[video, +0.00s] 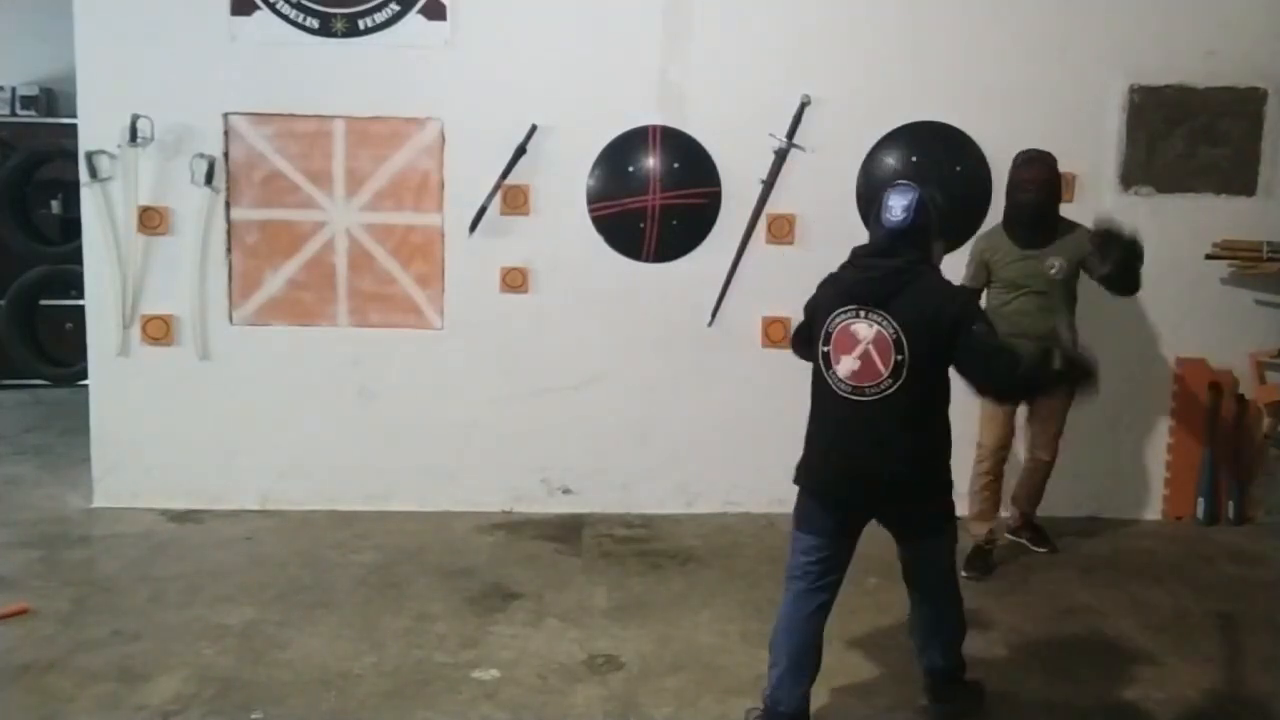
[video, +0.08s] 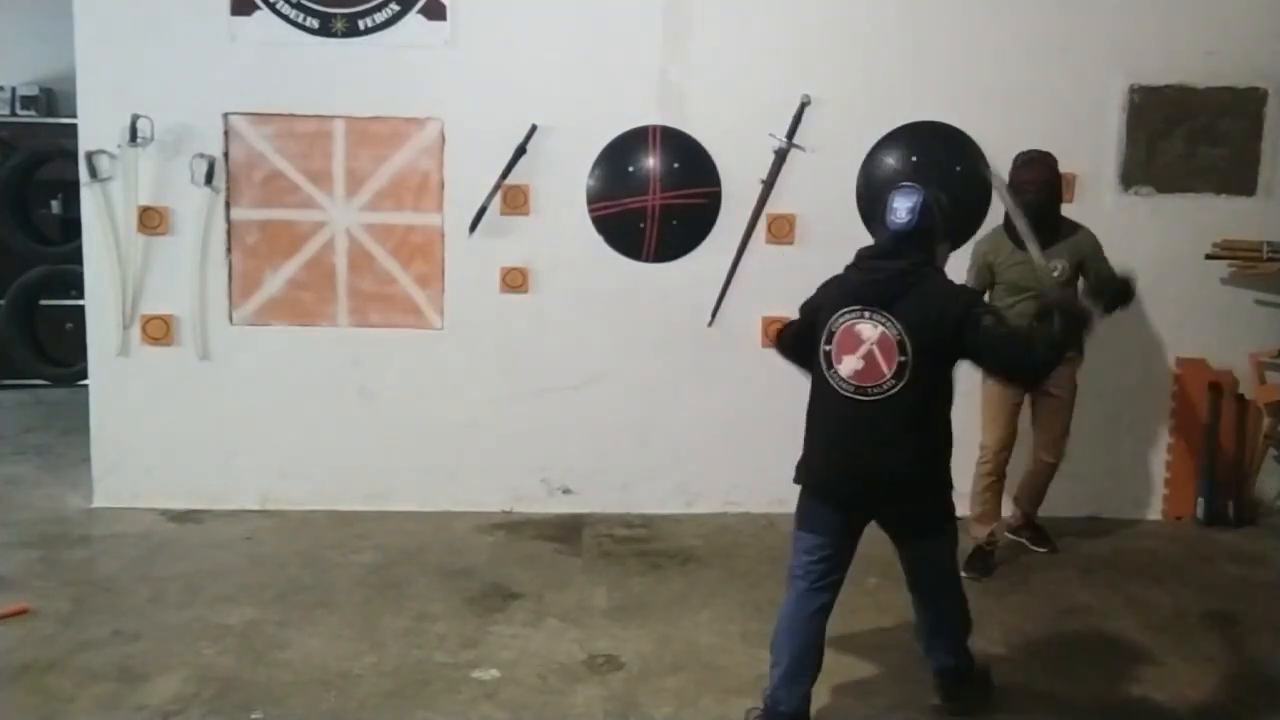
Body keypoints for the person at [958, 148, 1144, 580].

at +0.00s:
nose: (1029, 195)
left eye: (1038, 187)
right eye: (1021, 186)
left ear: (1057, 191)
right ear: (1008, 189)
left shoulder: (1076, 241)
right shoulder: (989, 244)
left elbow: (1123, 286)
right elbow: (963, 307)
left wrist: (1124, 260)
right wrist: (970, 353)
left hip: (1055, 364)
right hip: (1000, 361)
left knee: (1042, 453)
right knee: (991, 449)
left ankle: (1021, 520)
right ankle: (982, 538)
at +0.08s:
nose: (1033, 197)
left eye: (1042, 188)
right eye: (1025, 188)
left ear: (1059, 191)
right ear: (1010, 191)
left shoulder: (1079, 241)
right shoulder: (991, 247)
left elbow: (1105, 294)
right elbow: (969, 308)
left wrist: (1118, 291)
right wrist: (982, 342)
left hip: (1059, 362)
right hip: (1004, 359)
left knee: (1049, 454)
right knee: (994, 450)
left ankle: (1021, 519)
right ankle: (982, 539)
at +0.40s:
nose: (1054, 214)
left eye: (1064, 206)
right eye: (1048, 205)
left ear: (1081, 211)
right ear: (1037, 208)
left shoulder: (1103, 260)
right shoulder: (1020, 257)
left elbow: (1140, 318)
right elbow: (981, 297)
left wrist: (1110, 299)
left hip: (1081, 375)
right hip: (1026, 369)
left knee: (1096, 463)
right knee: (1012, 453)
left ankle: (1078, 516)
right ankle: (988, 537)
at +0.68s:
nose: (1085, 259)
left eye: (1094, 251)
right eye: (1078, 248)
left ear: (1105, 256)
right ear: (1063, 249)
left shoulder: (1111, 300)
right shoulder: (1038, 294)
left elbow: (1131, 344)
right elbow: (1004, 343)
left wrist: (1111, 318)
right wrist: (1036, 343)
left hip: (1078, 405)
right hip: (1027, 400)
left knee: (1105, 488)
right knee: (1018, 457)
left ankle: (1078, 515)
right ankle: (1008, 537)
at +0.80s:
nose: (1054, 257)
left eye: (1063, 249)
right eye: (1046, 248)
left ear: (1076, 253)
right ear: (1032, 249)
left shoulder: (1085, 294)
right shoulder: (1016, 295)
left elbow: (1119, 322)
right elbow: (979, 317)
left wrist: (1087, 288)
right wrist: (965, 295)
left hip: (1075, 407)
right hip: (1020, 405)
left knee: (1083, 473)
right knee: (999, 478)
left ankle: (1074, 513)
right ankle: (998, 569)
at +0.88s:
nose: (1039, 258)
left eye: (1044, 250)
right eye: (1029, 252)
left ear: (1054, 250)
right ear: (1014, 253)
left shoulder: (1066, 282)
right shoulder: (995, 284)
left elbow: (1089, 298)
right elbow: (974, 276)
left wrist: (1030, 282)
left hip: (1064, 401)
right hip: (1009, 402)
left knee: (1082, 471)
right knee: (996, 485)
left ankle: (1085, 514)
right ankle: (998, 574)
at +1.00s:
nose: (1017, 264)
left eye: (1028, 256)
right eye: (1010, 255)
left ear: (1039, 258)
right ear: (994, 252)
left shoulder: (1045, 286)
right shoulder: (973, 277)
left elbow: (1062, 307)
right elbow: (933, 285)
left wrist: (1049, 271)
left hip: (1039, 396)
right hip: (982, 397)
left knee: (1073, 495)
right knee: (980, 499)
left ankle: (1062, 520)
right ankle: (992, 580)